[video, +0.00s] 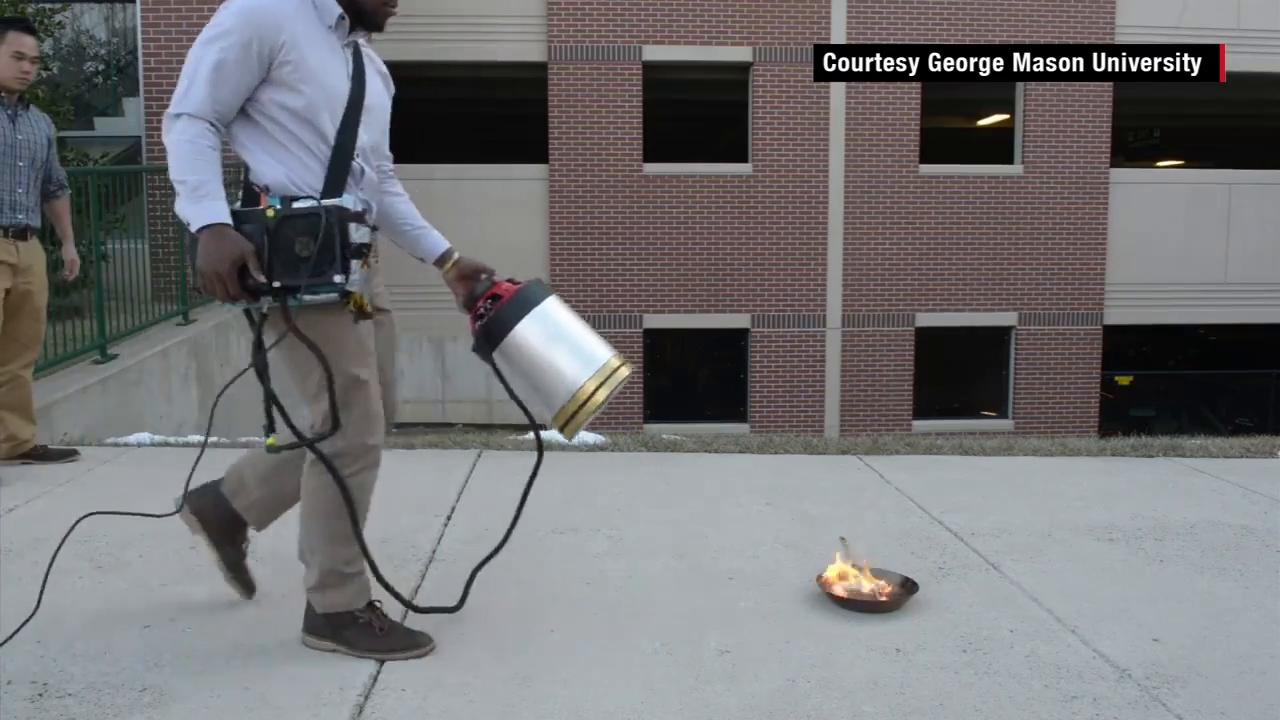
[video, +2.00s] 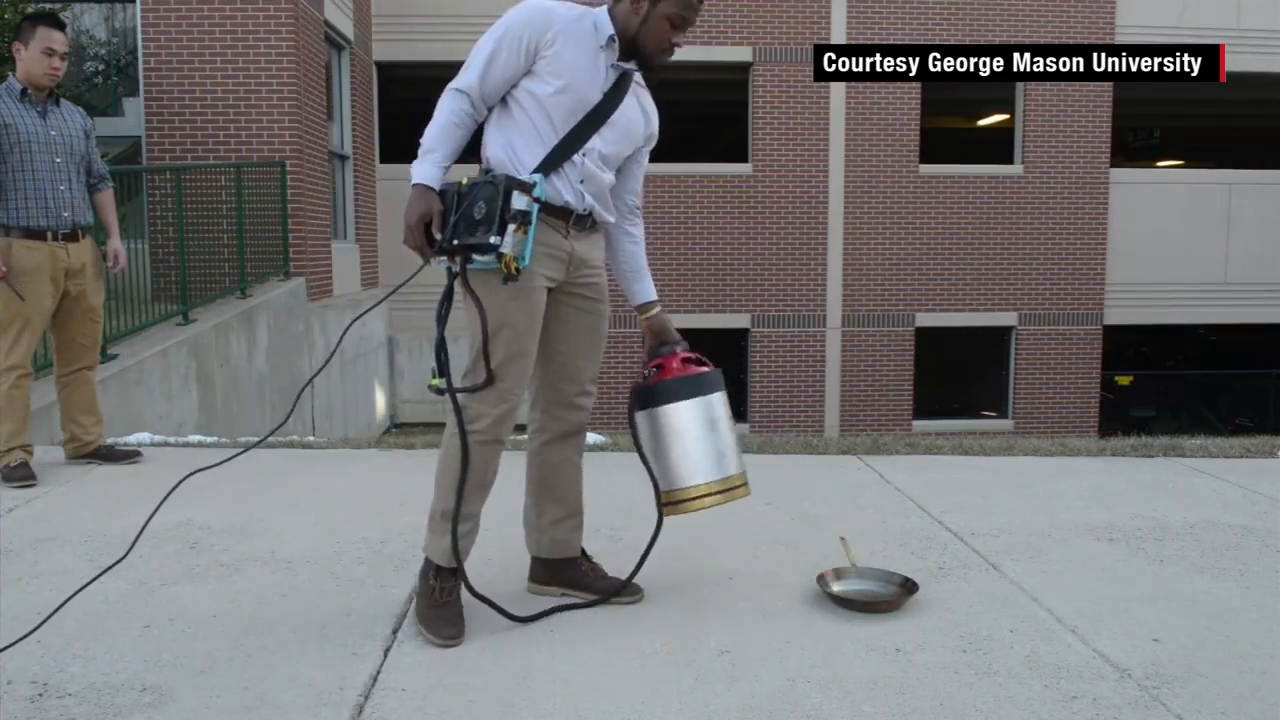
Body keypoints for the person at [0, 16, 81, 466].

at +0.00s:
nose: (28, 67)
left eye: (34, 60)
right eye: (19, 57)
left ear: (39, 66)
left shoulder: (41, 123)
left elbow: (55, 188)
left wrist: (67, 242)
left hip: (29, 250)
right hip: (2, 247)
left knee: (21, 353)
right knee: (12, 353)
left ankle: (17, 441)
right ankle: (13, 441)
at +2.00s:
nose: (59, 64)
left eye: (64, 56)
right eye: (49, 53)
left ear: (68, 63)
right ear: (18, 52)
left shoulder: (77, 117)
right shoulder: (3, 106)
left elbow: (99, 179)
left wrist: (114, 234)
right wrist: (0, 250)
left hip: (80, 250)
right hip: (20, 252)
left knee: (80, 357)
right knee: (16, 363)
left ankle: (86, 444)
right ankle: (13, 454)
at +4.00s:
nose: (49, 57)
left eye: (57, 50)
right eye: (39, 47)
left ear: (63, 59)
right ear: (14, 52)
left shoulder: (78, 116)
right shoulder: (3, 105)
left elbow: (101, 179)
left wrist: (114, 235)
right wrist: (1, 249)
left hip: (79, 249)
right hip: (18, 250)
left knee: (84, 353)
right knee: (16, 360)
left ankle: (87, 442)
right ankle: (14, 453)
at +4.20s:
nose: (51, 57)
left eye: (58, 51)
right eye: (40, 47)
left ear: (64, 60)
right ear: (14, 52)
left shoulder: (78, 116)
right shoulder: (3, 105)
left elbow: (100, 179)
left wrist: (112, 234)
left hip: (79, 248)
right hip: (19, 250)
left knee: (84, 352)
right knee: (16, 360)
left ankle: (87, 441)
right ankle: (13, 452)